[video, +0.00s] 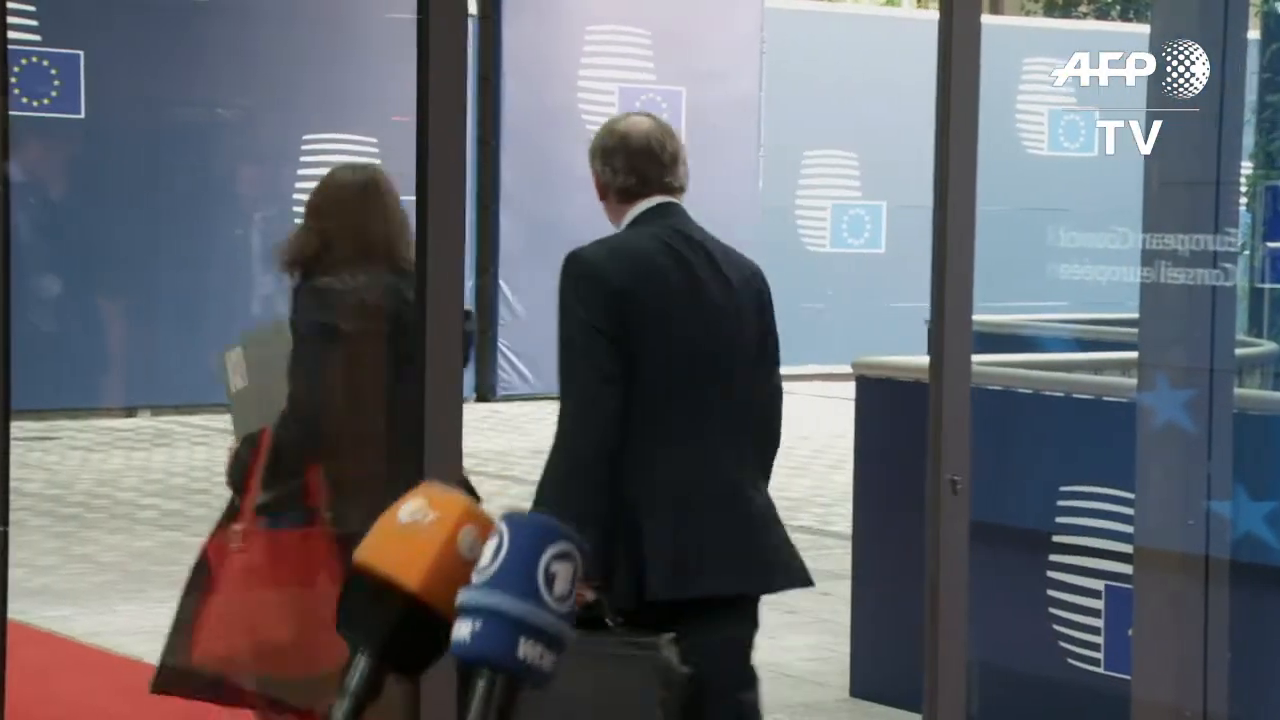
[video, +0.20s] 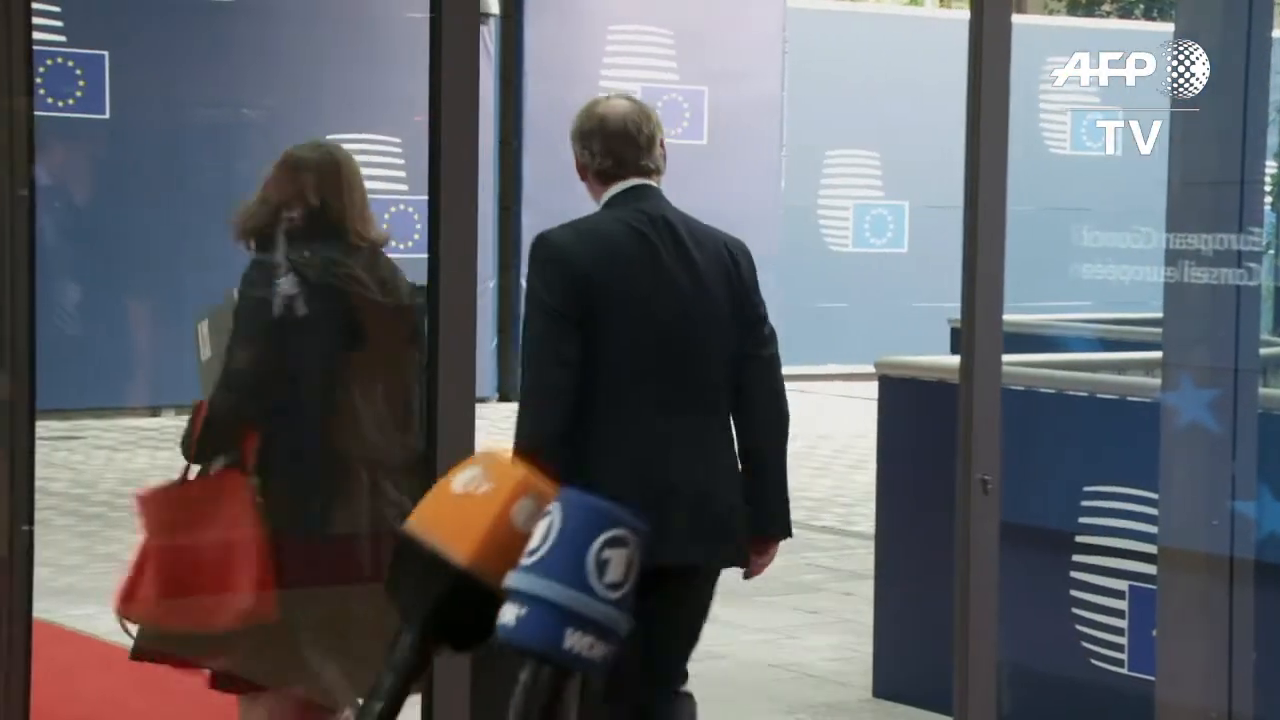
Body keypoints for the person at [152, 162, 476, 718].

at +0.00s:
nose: (307, 227)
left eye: (314, 215)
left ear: (323, 221)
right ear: (389, 220)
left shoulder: (323, 292)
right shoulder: (417, 288)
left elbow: (310, 410)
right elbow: (426, 400)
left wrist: (263, 462)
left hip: (337, 496)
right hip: (410, 491)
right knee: (398, 646)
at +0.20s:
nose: (275, 215)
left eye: (282, 203)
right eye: (280, 203)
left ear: (291, 205)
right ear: (352, 204)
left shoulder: (279, 272)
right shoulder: (393, 280)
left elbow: (247, 382)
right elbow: (405, 404)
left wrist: (203, 437)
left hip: (298, 502)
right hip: (383, 501)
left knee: (276, 673)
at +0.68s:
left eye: (236, 197)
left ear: (240, 202)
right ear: (311, 208)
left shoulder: (210, 271)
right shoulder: (340, 294)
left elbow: (157, 376)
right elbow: (359, 427)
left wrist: (150, 415)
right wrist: (360, 534)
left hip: (216, 501)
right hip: (303, 508)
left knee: (170, 654)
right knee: (246, 664)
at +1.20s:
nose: (265, 205)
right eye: (260, 195)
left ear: (191, 197)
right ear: (256, 202)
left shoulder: (156, 267)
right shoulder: (283, 280)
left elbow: (116, 370)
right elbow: (304, 391)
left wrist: (111, 471)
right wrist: (306, 480)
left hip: (161, 464)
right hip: (250, 469)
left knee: (156, 617)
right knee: (229, 607)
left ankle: (155, 716)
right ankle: (215, 711)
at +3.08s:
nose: (285, 216)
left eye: (283, 208)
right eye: (281, 209)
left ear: (224, 210)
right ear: (273, 215)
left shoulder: (194, 266)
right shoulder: (291, 274)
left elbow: (161, 333)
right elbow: (320, 357)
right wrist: (332, 419)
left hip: (200, 406)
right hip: (259, 408)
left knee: (210, 517)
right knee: (234, 523)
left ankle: (224, 612)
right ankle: (210, 629)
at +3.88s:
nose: (319, 206)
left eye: (315, 198)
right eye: (316, 199)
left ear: (267, 198)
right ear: (311, 204)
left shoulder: (240, 245)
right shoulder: (322, 257)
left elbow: (210, 304)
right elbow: (335, 323)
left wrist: (215, 332)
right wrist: (333, 371)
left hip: (244, 375)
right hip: (299, 380)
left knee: (243, 473)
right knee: (277, 488)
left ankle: (235, 557)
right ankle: (258, 585)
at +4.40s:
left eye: (289, 208)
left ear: (292, 211)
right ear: (339, 206)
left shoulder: (278, 246)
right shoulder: (355, 252)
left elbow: (250, 303)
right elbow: (373, 325)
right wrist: (373, 380)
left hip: (286, 381)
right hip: (339, 384)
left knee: (285, 474)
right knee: (334, 475)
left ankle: (291, 560)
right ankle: (325, 562)